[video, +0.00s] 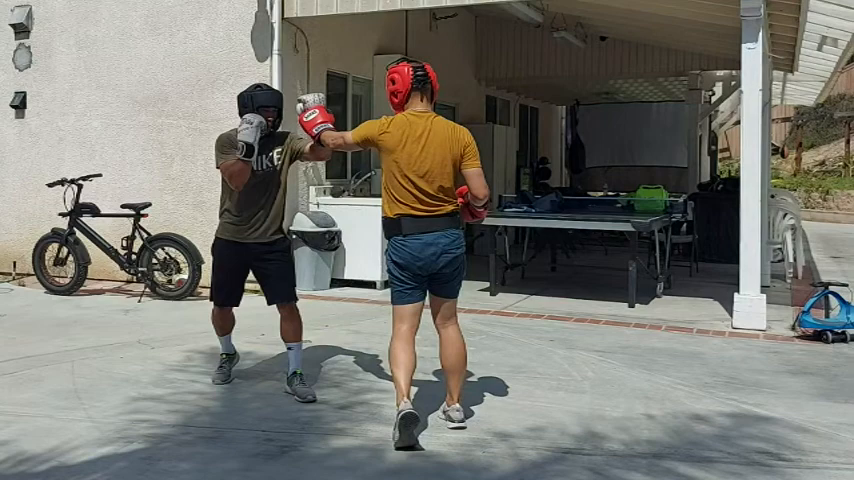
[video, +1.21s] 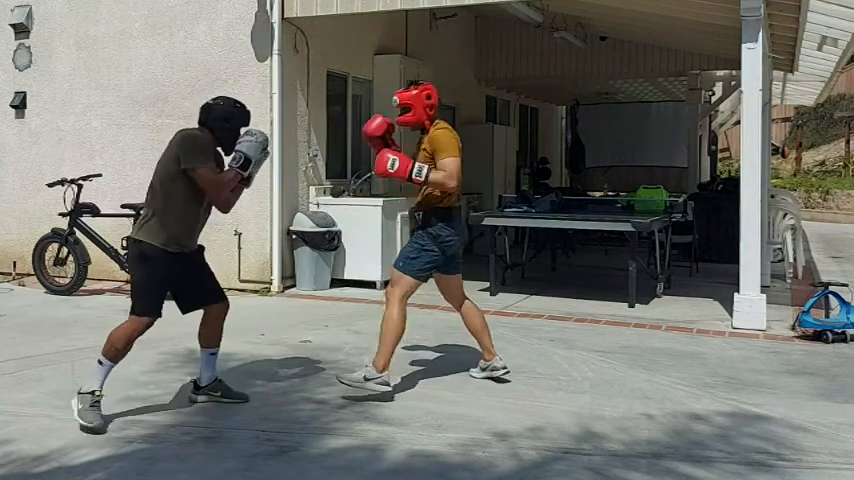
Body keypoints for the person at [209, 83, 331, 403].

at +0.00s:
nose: (270, 119)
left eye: (275, 114)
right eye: (264, 113)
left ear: (279, 116)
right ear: (247, 114)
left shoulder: (286, 141)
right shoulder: (228, 141)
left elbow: (322, 153)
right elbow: (236, 180)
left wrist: (317, 121)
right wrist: (248, 144)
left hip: (273, 240)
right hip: (231, 240)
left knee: (287, 304)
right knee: (221, 307)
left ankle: (295, 374)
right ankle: (227, 353)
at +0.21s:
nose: (271, 118)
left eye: (275, 112)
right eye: (264, 111)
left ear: (279, 114)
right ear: (247, 111)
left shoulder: (281, 139)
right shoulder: (226, 138)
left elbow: (315, 142)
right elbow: (235, 180)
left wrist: (329, 120)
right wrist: (249, 145)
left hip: (268, 238)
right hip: (225, 236)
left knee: (283, 304)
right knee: (205, 303)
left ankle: (295, 373)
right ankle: (205, 351)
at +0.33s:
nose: (266, 117)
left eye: (267, 112)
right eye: (261, 112)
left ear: (266, 114)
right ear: (241, 114)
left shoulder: (270, 140)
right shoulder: (214, 143)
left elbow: (307, 164)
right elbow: (228, 187)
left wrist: (315, 138)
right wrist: (243, 153)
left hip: (260, 242)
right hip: (215, 239)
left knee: (279, 305)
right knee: (190, 303)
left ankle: (296, 373)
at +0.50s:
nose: (242, 129)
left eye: (242, 123)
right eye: (236, 124)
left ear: (238, 122)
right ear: (215, 126)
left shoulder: (241, 153)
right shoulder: (186, 155)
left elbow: (264, 190)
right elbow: (198, 204)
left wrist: (294, 182)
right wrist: (224, 175)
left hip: (236, 253)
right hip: (190, 252)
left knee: (267, 312)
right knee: (163, 316)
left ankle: (293, 374)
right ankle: (134, 381)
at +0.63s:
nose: (231, 132)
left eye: (232, 126)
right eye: (225, 126)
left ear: (222, 124)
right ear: (204, 125)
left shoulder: (221, 153)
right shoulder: (170, 150)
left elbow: (230, 186)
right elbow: (175, 199)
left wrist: (257, 189)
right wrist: (210, 176)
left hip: (216, 245)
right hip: (174, 246)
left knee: (252, 306)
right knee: (155, 318)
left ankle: (263, 376)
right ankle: (133, 383)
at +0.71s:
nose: (230, 130)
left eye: (232, 123)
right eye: (225, 123)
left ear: (218, 121)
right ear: (204, 120)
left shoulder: (215, 147)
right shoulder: (170, 142)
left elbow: (225, 181)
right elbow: (178, 192)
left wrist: (250, 178)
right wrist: (216, 170)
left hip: (210, 241)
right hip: (170, 242)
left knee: (247, 300)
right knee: (155, 317)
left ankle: (238, 376)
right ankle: (132, 382)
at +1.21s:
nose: (240, 134)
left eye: (241, 129)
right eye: (238, 128)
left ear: (214, 123)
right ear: (224, 126)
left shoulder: (211, 154)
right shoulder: (192, 141)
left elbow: (225, 203)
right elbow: (218, 194)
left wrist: (246, 170)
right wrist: (241, 161)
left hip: (184, 249)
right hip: (151, 246)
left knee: (217, 306)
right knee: (143, 318)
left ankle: (207, 381)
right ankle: (91, 393)